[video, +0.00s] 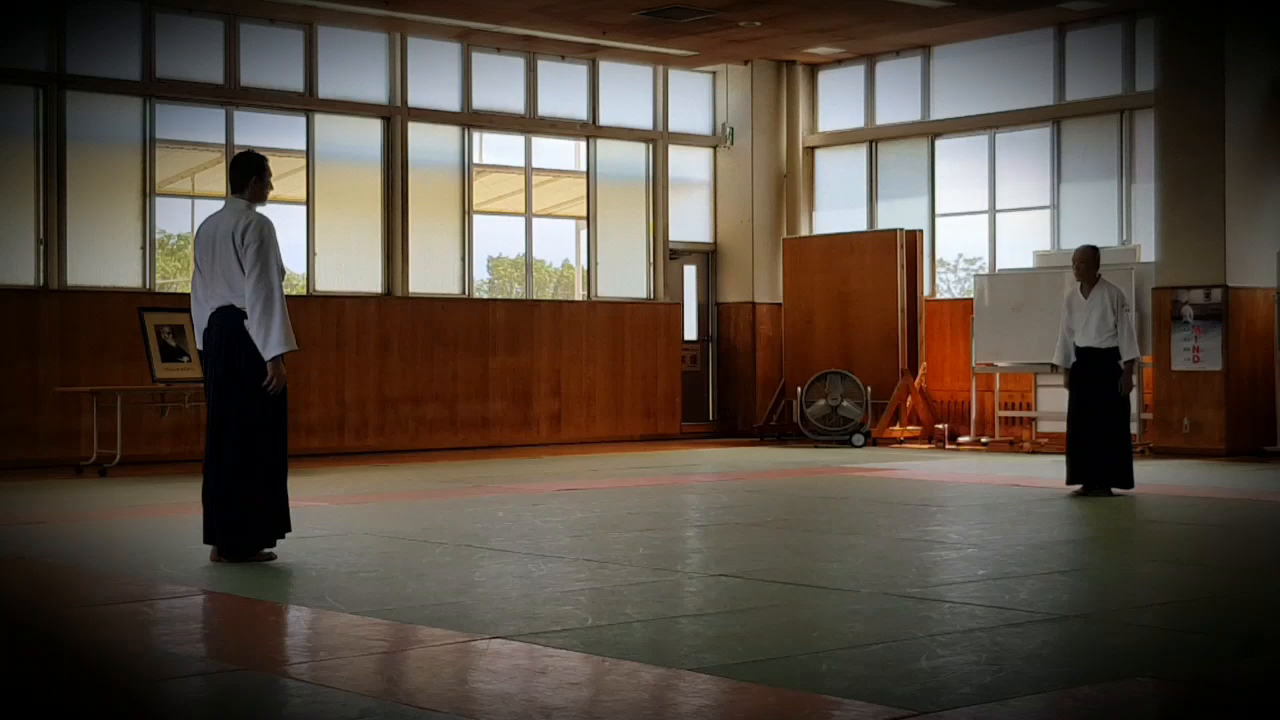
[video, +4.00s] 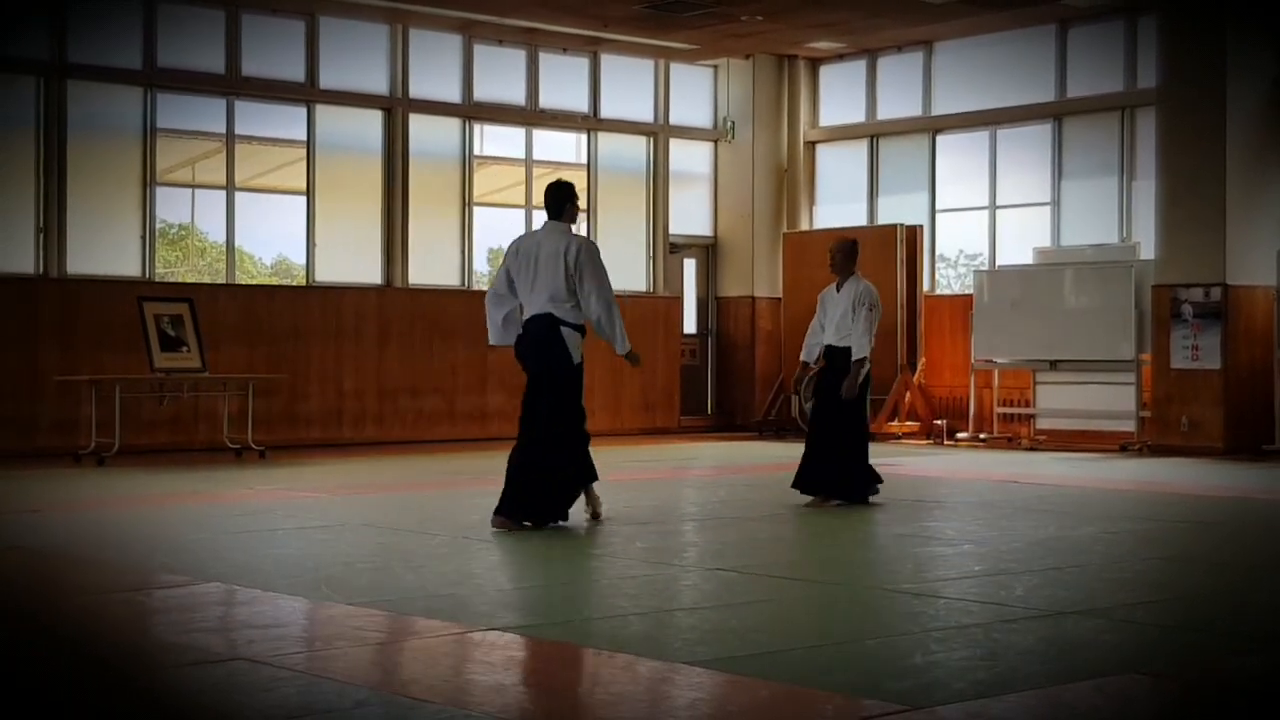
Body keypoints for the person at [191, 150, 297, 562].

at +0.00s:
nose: (271, 187)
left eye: (269, 180)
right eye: (268, 180)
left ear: (233, 182)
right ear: (257, 182)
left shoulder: (207, 225)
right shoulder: (256, 224)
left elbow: (200, 292)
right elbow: (262, 292)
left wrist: (204, 344)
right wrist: (274, 353)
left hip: (214, 337)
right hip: (247, 337)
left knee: (224, 437)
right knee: (251, 438)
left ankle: (224, 538)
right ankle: (242, 541)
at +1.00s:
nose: (317, 250)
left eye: (322, 245)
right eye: (321, 242)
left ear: (299, 220)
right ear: (312, 228)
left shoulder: (246, 234)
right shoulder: (288, 240)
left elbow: (213, 282)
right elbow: (259, 291)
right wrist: (239, 352)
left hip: (191, 324)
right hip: (218, 329)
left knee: (203, 429)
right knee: (228, 433)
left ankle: (210, 529)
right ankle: (227, 536)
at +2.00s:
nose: (290, 176)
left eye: (289, 169)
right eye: (287, 169)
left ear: (252, 173)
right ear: (277, 173)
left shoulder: (226, 217)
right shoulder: (273, 216)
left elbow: (223, 278)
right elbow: (274, 284)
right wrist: (280, 343)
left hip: (226, 328)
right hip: (258, 331)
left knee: (227, 427)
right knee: (256, 429)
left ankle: (221, 527)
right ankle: (244, 531)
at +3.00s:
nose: (384, 189)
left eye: (381, 182)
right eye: (382, 183)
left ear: (349, 187)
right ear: (374, 186)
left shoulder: (328, 229)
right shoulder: (376, 226)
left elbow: (318, 287)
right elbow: (383, 287)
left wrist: (321, 334)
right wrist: (392, 344)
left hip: (332, 329)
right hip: (365, 329)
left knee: (341, 419)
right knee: (383, 427)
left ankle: (353, 520)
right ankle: (322, 497)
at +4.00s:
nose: (579, 209)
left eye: (577, 203)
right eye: (577, 204)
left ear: (547, 208)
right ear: (570, 208)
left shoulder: (520, 245)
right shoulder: (580, 247)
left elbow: (499, 296)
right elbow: (598, 303)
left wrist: (515, 335)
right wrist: (624, 346)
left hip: (528, 340)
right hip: (562, 339)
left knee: (568, 418)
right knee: (538, 423)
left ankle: (588, 486)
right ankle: (509, 511)